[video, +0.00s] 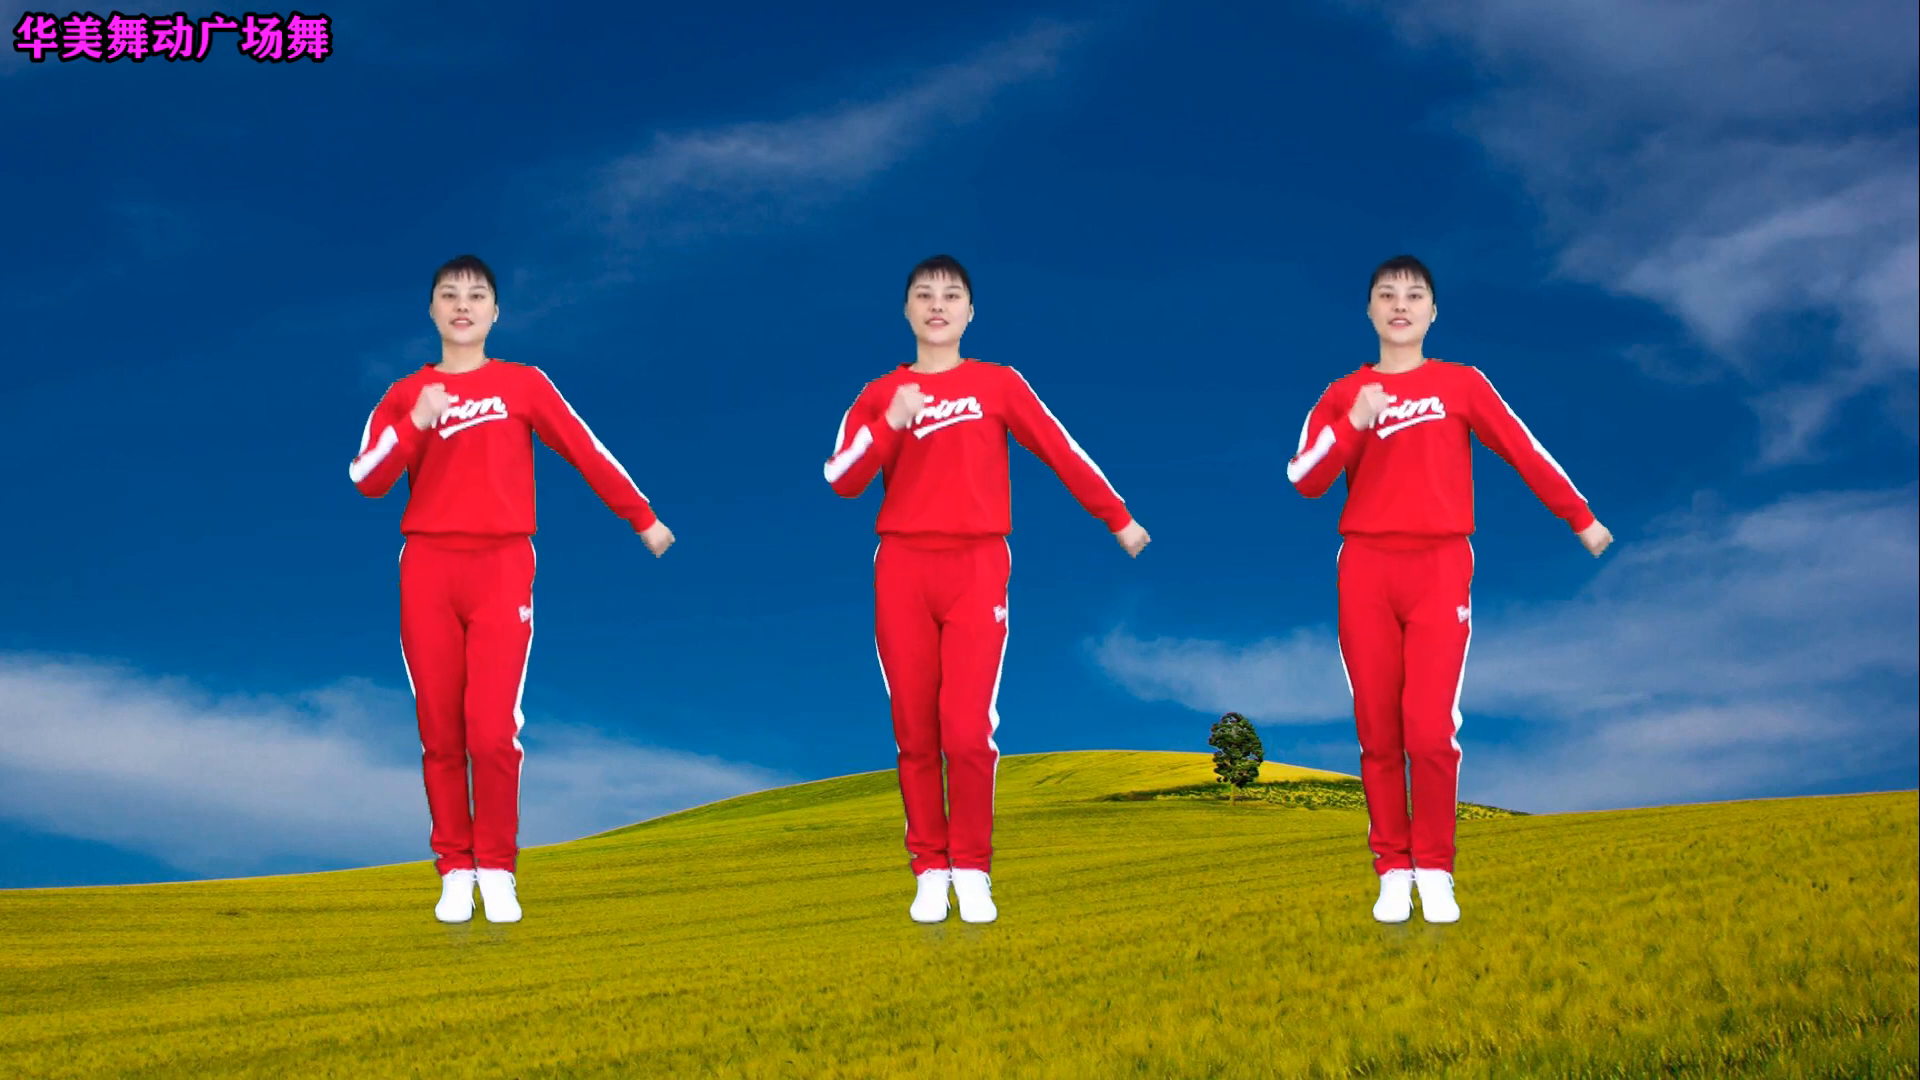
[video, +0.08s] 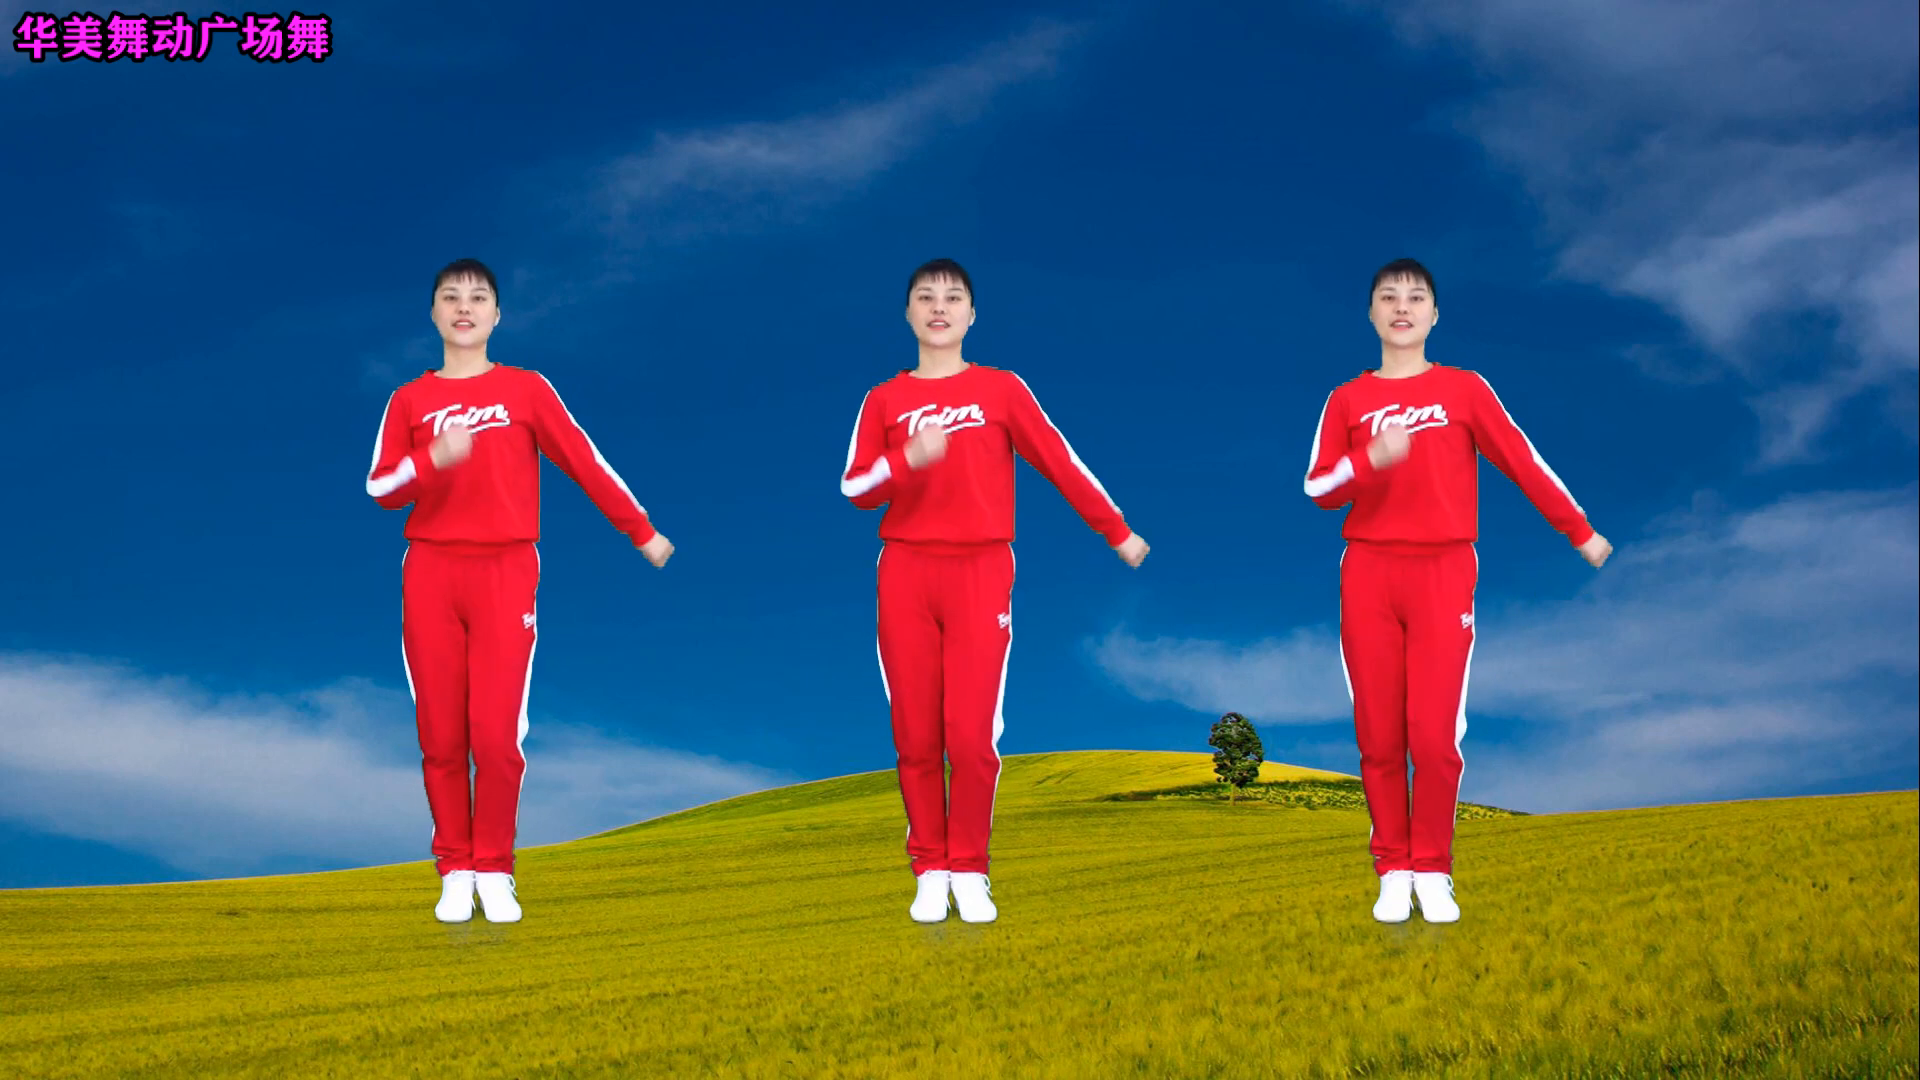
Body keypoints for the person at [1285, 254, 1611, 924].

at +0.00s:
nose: (1401, 305)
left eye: (1414, 296)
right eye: (1388, 296)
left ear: (1432, 311)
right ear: (1370, 310)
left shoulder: (1462, 383)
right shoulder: (1342, 394)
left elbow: (1525, 452)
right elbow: (1306, 481)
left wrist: (1582, 518)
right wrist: (1352, 425)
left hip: (1441, 566)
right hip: (1365, 568)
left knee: (1430, 730)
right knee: (1378, 732)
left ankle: (1434, 870)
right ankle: (1392, 869)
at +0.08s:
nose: (1403, 307)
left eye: (1415, 298)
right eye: (1390, 298)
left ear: (1433, 314)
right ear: (1372, 314)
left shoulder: (1465, 388)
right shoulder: (1346, 398)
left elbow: (1525, 463)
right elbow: (1319, 489)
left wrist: (1581, 532)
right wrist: (1369, 462)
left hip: (1444, 570)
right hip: (1368, 571)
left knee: (1435, 731)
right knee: (1379, 731)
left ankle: (1432, 869)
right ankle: (1392, 868)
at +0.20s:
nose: (1406, 306)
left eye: (1417, 296)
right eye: (1393, 297)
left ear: (1436, 308)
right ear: (1376, 311)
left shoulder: (1469, 385)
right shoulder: (1353, 394)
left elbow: (1503, 476)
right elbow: (1345, 479)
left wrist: (1529, 564)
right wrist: (1375, 541)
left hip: (1456, 566)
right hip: (1379, 569)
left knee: (1447, 725)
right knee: (1388, 723)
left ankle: (1436, 868)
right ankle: (1394, 856)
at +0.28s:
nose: (1409, 317)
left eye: (1421, 307)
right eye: (1396, 309)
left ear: (1439, 320)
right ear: (1379, 323)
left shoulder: (1470, 397)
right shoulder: (1354, 408)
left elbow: (1482, 489)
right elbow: (1346, 502)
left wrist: (1476, 577)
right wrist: (1346, 588)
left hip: (1459, 578)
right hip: (1385, 579)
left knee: (1452, 730)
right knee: (1398, 715)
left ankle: (1435, 868)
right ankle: (1398, 812)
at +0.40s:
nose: (1412, 319)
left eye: (1424, 308)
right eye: (1399, 310)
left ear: (1442, 319)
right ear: (1383, 324)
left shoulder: (1473, 399)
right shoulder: (1358, 409)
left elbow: (1490, 478)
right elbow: (1322, 499)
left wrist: (1425, 494)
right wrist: (1295, 584)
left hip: (1464, 577)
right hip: (1388, 578)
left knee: (1459, 725)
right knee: (1414, 694)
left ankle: (1435, 869)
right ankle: (1403, 793)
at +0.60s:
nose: (1416, 295)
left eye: (1427, 284)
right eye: (1401, 287)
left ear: (1446, 298)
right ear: (1385, 305)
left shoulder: (1477, 376)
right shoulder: (1362, 380)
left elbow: (1508, 463)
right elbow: (1294, 442)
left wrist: (1453, 412)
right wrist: (1229, 504)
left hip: (1462, 557)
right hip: (1386, 558)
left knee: (1452, 714)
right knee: (1404, 713)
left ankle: (1438, 861)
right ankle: (1394, 849)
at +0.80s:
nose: (1422, 302)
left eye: (1431, 292)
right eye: (1406, 294)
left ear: (1445, 308)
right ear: (1383, 312)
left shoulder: (1474, 389)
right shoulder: (1355, 383)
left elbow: (1502, 473)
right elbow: (1268, 419)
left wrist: (1478, 489)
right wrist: (1175, 454)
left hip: (1461, 564)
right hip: (1386, 565)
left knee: (1450, 725)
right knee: (1394, 726)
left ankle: (1436, 868)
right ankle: (1388, 870)